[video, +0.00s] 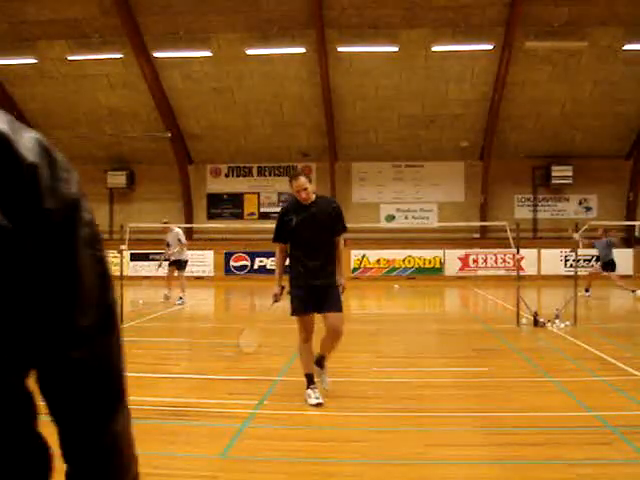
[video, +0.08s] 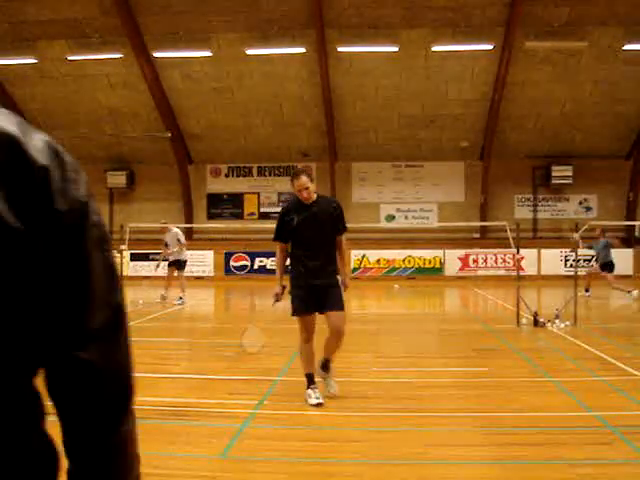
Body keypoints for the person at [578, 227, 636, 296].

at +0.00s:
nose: (599, 233)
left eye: (601, 232)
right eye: (599, 231)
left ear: (604, 233)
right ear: (598, 233)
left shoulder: (608, 241)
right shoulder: (597, 242)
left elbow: (617, 244)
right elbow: (588, 243)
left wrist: (615, 237)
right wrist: (580, 240)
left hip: (609, 263)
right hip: (602, 264)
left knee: (616, 280)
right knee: (591, 274)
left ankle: (632, 290)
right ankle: (587, 290)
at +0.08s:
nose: (596, 234)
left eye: (598, 232)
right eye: (596, 232)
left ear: (602, 233)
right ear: (596, 234)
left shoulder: (606, 242)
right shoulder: (595, 243)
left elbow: (617, 245)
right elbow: (582, 247)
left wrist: (614, 240)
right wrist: (579, 240)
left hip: (608, 265)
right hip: (600, 265)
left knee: (613, 284)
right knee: (588, 273)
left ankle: (630, 291)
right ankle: (587, 291)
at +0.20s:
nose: (592, 233)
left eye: (594, 232)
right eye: (591, 232)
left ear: (597, 233)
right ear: (591, 233)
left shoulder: (599, 240)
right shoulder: (594, 243)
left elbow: (609, 244)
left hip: (606, 261)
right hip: (599, 262)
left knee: (602, 283)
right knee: (587, 272)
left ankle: (621, 291)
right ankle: (587, 291)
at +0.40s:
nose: (594, 232)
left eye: (596, 230)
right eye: (593, 230)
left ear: (599, 230)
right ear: (592, 231)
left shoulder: (604, 237)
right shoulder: (597, 240)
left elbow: (612, 244)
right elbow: (597, 250)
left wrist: (602, 248)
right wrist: (600, 256)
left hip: (612, 257)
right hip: (605, 257)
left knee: (610, 275)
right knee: (594, 273)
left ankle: (625, 290)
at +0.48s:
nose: (596, 233)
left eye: (597, 231)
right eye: (595, 231)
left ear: (600, 231)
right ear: (594, 232)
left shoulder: (606, 239)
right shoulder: (597, 241)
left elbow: (615, 246)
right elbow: (597, 253)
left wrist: (606, 251)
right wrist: (601, 257)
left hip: (614, 258)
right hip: (606, 259)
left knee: (613, 277)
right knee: (597, 276)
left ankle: (628, 290)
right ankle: (600, 291)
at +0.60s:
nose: (604, 234)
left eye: (605, 232)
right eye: (603, 232)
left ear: (609, 232)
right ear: (603, 233)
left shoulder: (616, 239)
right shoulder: (604, 242)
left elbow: (627, 243)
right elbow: (602, 252)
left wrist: (621, 248)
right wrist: (606, 258)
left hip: (620, 259)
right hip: (611, 260)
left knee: (620, 275)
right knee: (603, 274)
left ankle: (629, 293)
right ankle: (601, 290)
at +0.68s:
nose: (609, 230)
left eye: (610, 228)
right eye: (608, 229)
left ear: (613, 229)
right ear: (606, 230)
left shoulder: (619, 237)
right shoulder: (606, 242)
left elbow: (630, 241)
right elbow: (606, 253)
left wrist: (625, 246)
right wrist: (608, 261)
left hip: (622, 258)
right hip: (613, 259)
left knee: (622, 274)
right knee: (606, 275)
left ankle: (630, 292)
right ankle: (601, 290)